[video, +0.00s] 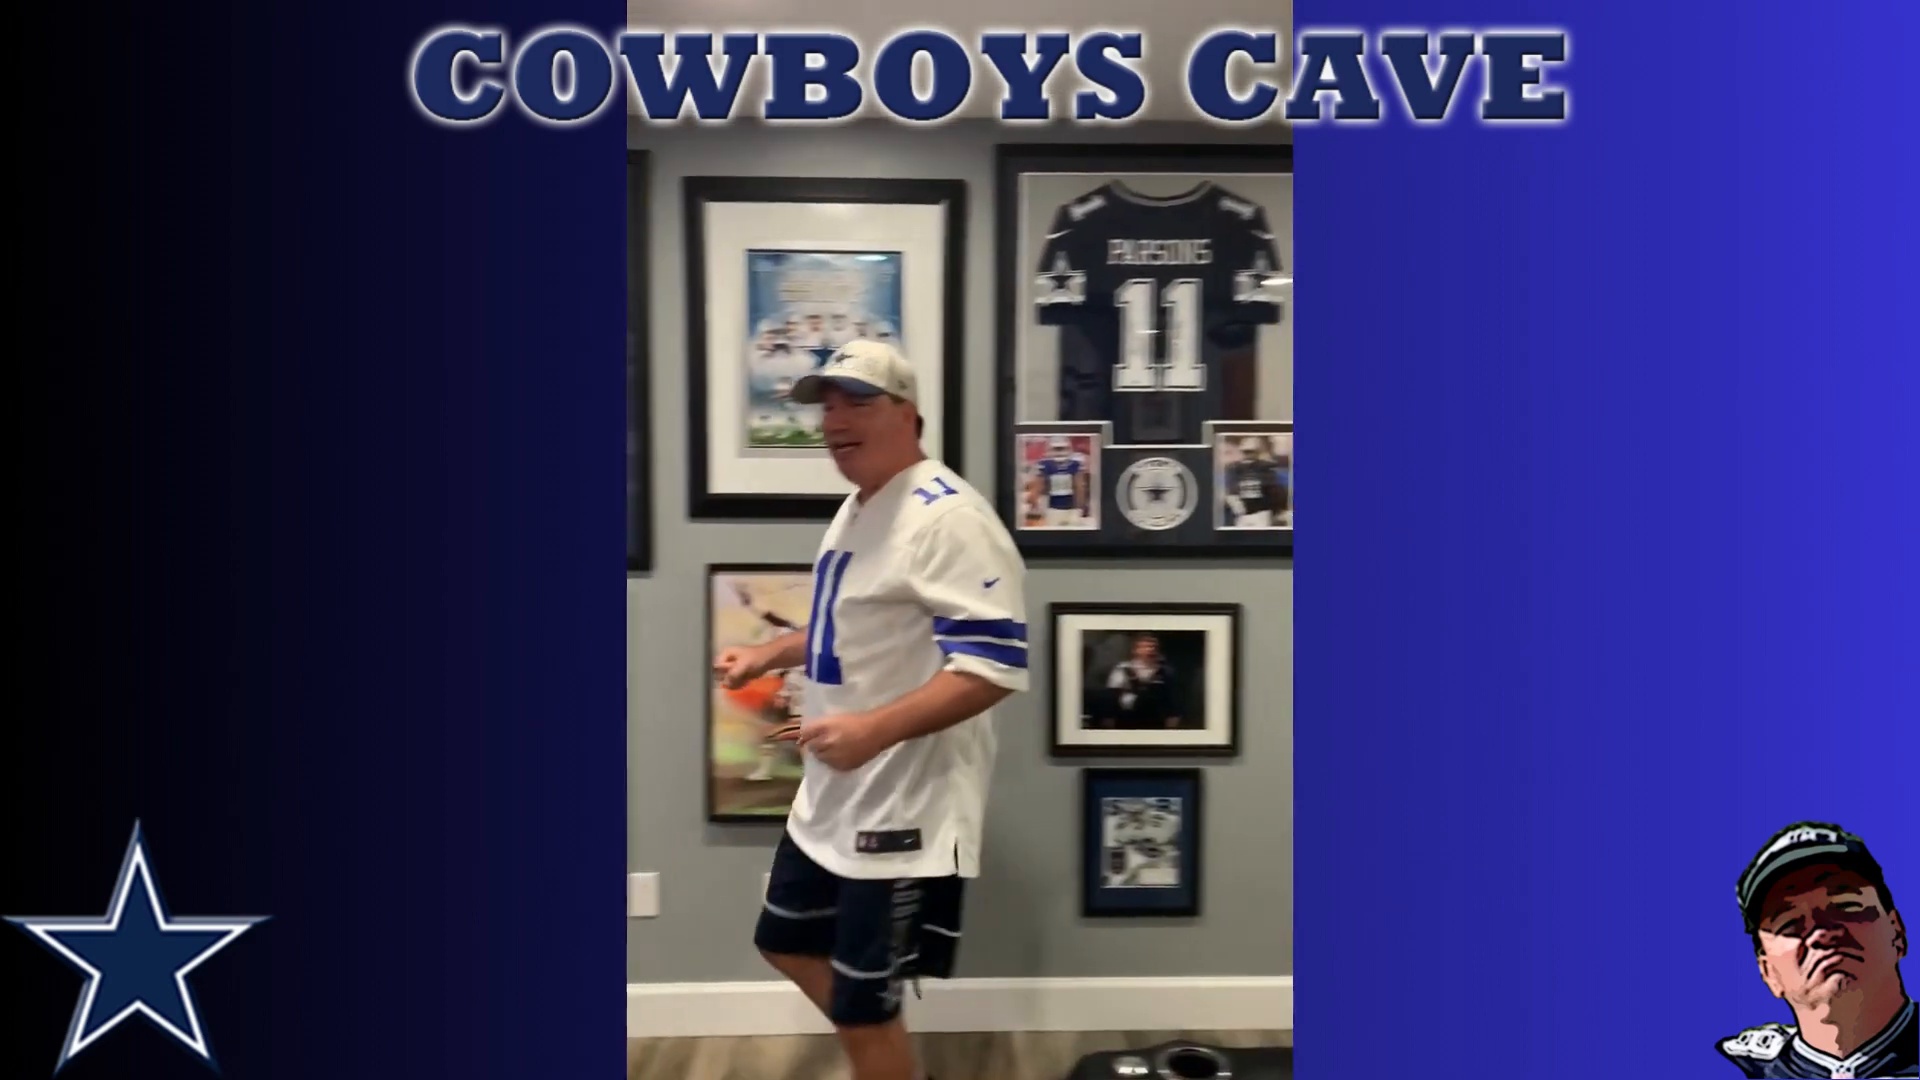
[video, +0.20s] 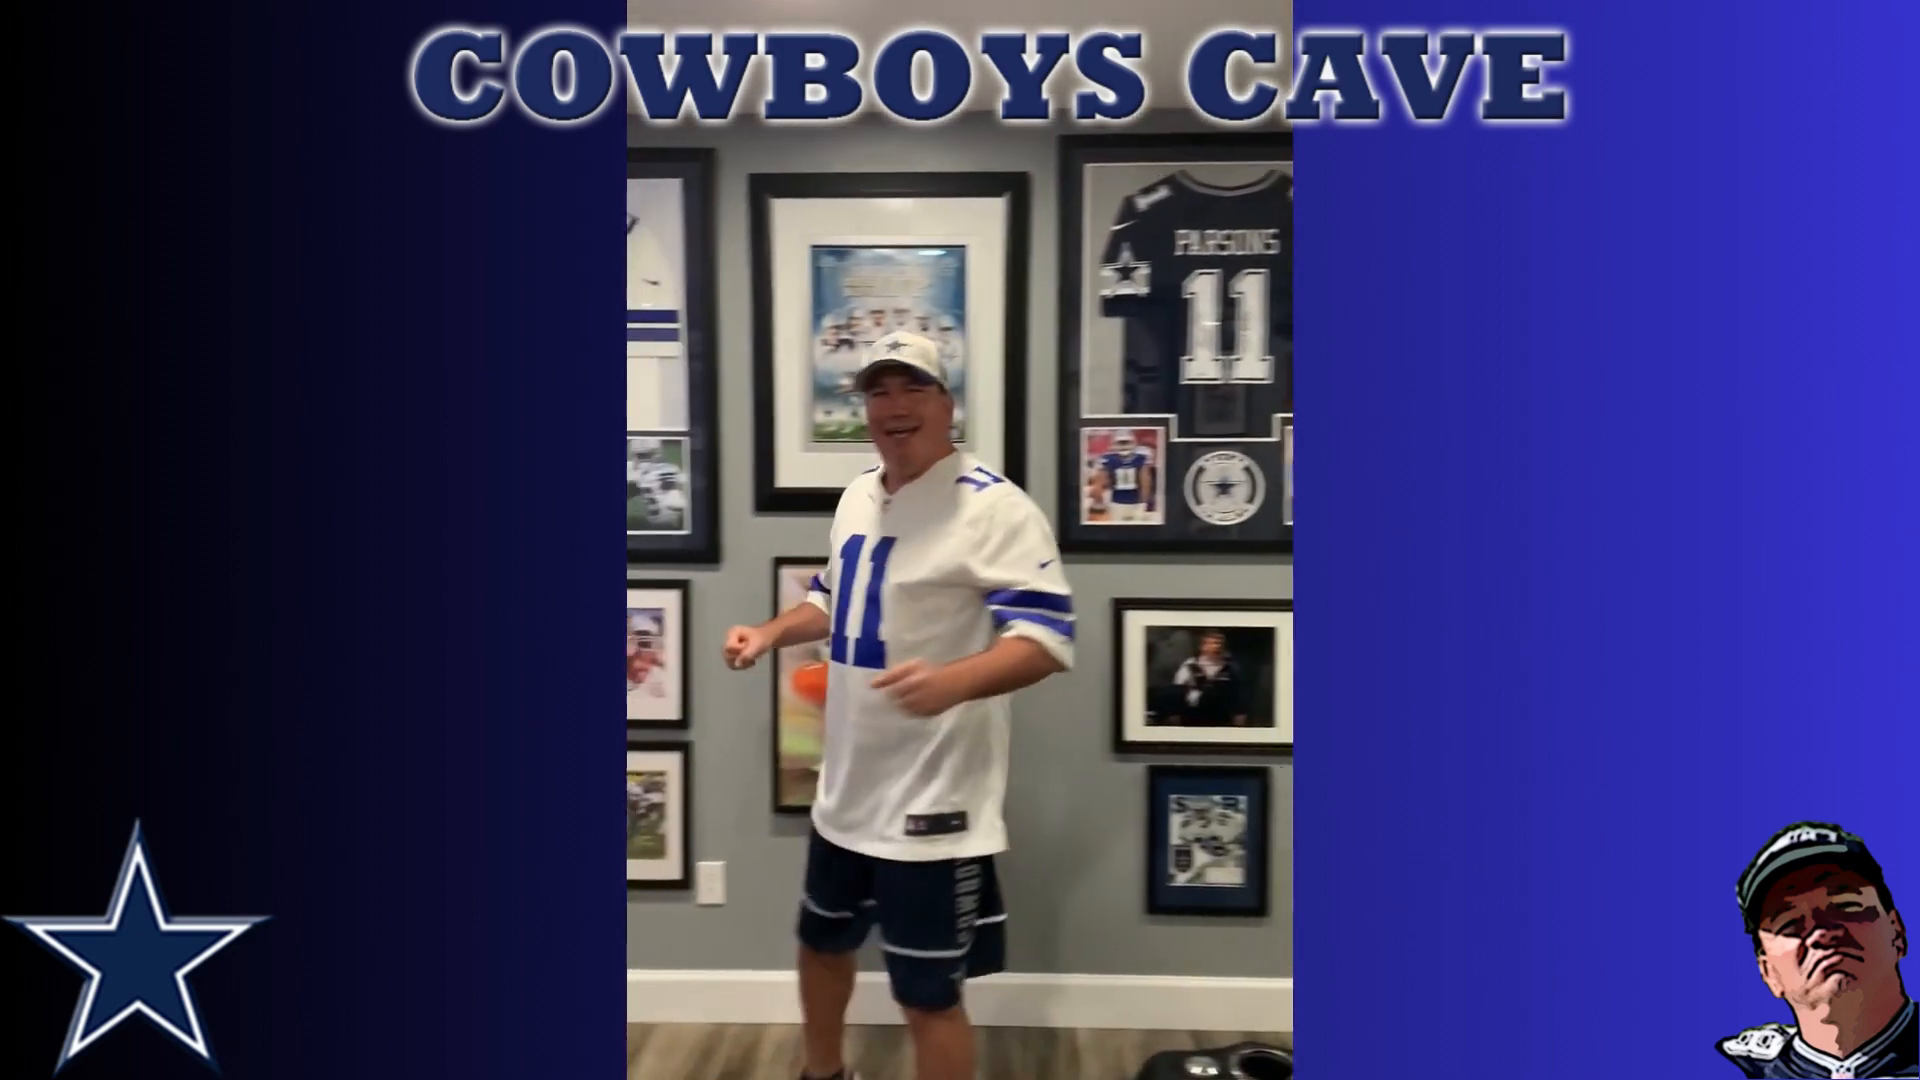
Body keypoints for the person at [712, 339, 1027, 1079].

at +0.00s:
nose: (834, 421)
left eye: (855, 404)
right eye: (826, 405)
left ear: (907, 414)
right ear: (819, 415)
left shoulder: (953, 520)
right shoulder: (858, 510)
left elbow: (991, 667)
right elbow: (855, 630)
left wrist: (873, 728)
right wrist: (774, 652)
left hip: (905, 812)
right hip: (830, 793)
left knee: (867, 1009)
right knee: (789, 942)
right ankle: (886, 1059)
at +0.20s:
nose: (894, 408)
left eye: (913, 390)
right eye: (878, 394)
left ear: (950, 405)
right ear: (864, 409)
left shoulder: (996, 509)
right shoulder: (860, 497)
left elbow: (1049, 639)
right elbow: (837, 602)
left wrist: (954, 680)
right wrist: (770, 632)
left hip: (936, 801)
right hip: (848, 790)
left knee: (929, 995)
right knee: (822, 946)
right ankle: (822, 1070)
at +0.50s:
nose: (936, 410)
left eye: (946, 393)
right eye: (914, 399)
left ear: (963, 394)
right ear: (880, 408)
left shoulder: (1019, 493)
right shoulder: (841, 496)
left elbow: (1090, 567)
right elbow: (789, 571)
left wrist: (1105, 599)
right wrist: (748, 605)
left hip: (988, 770)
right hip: (878, 769)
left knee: (1005, 946)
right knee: (882, 918)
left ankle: (1022, 1076)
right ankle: (884, 1064)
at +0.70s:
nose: (955, 391)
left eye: (962, 375)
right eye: (932, 378)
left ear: (976, 388)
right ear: (896, 399)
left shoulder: (1030, 482)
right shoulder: (852, 492)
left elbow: (1089, 552)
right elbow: (799, 573)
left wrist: (1119, 578)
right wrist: (782, 597)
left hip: (1004, 746)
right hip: (893, 748)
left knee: (1028, 916)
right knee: (890, 907)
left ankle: (1049, 1071)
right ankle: (895, 1059)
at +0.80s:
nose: (944, 384)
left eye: (957, 374)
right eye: (927, 375)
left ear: (978, 396)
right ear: (900, 401)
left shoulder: (1031, 481)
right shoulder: (858, 489)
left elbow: (1099, 563)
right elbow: (808, 575)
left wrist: (1149, 579)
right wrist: (779, 595)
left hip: (1010, 739)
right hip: (902, 743)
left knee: (1031, 908)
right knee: (894, 905)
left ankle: (1050, 1069)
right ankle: (897, 1059)